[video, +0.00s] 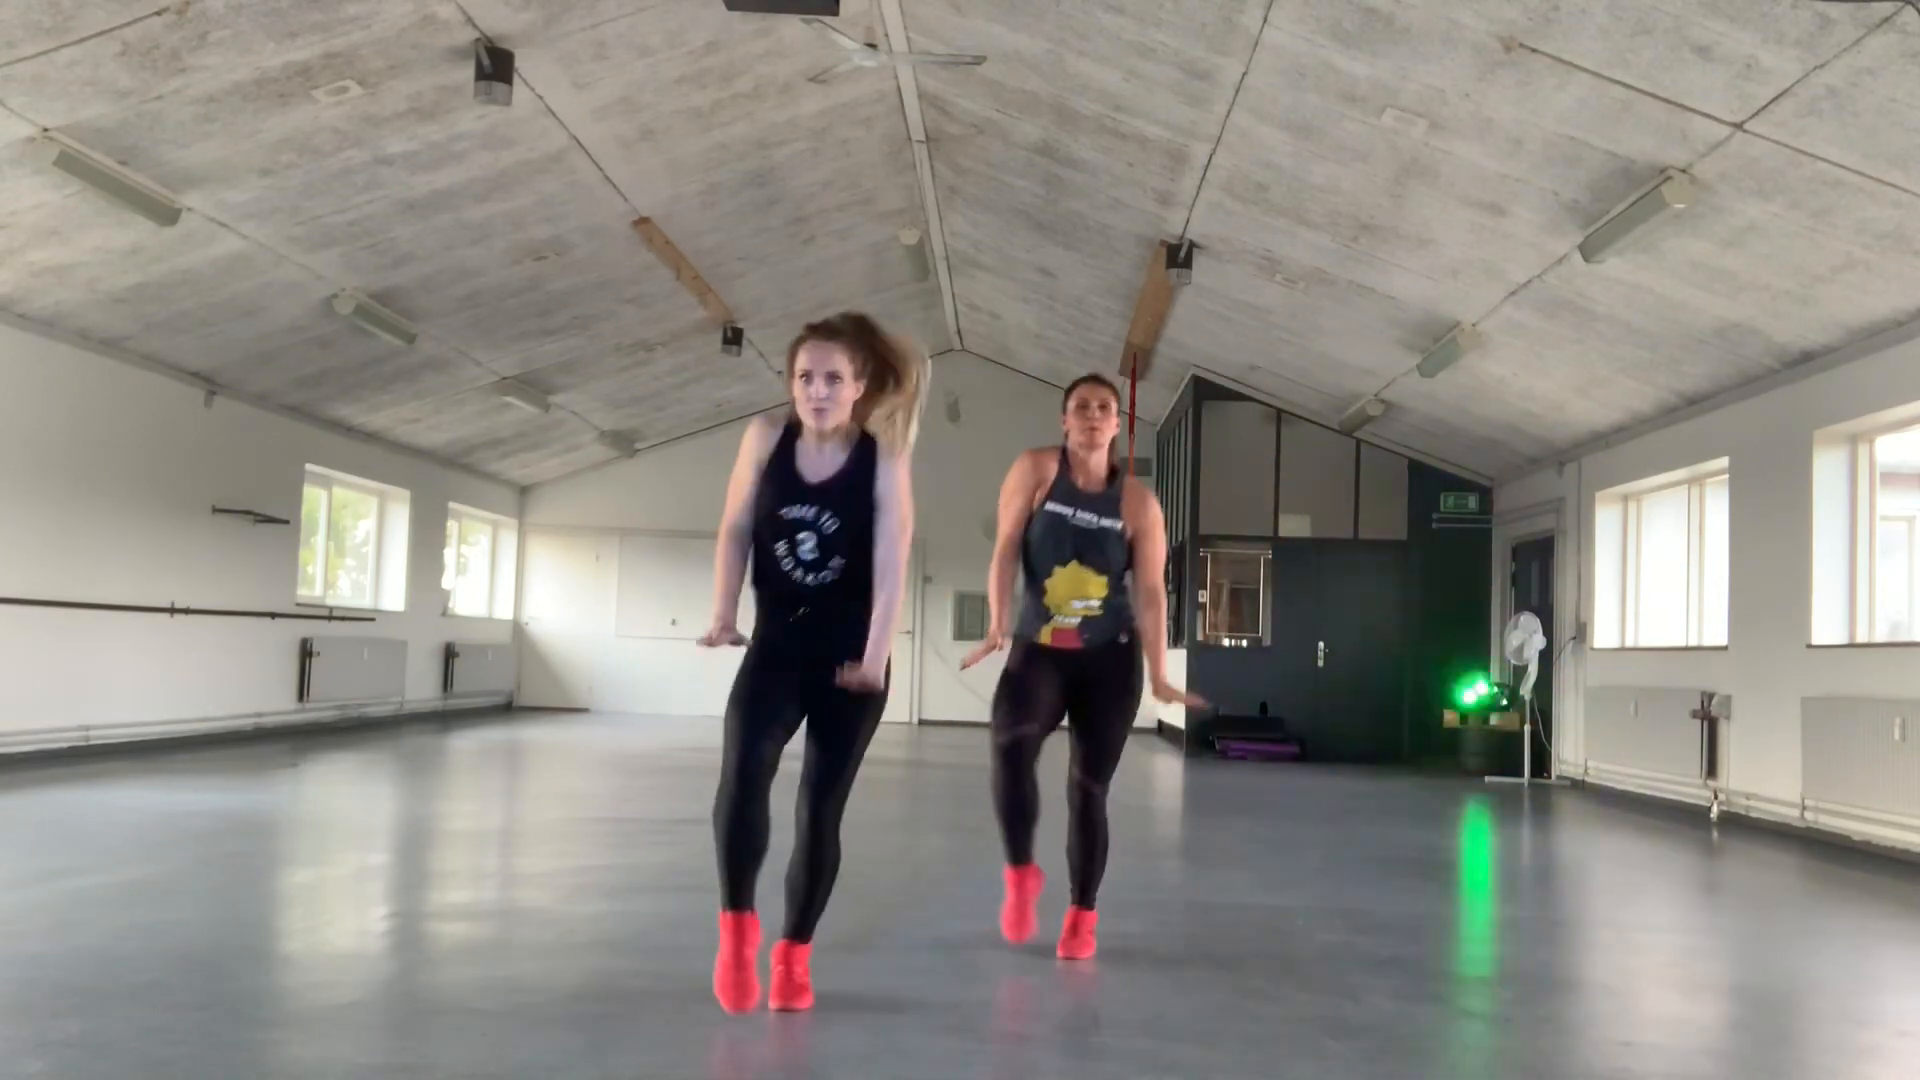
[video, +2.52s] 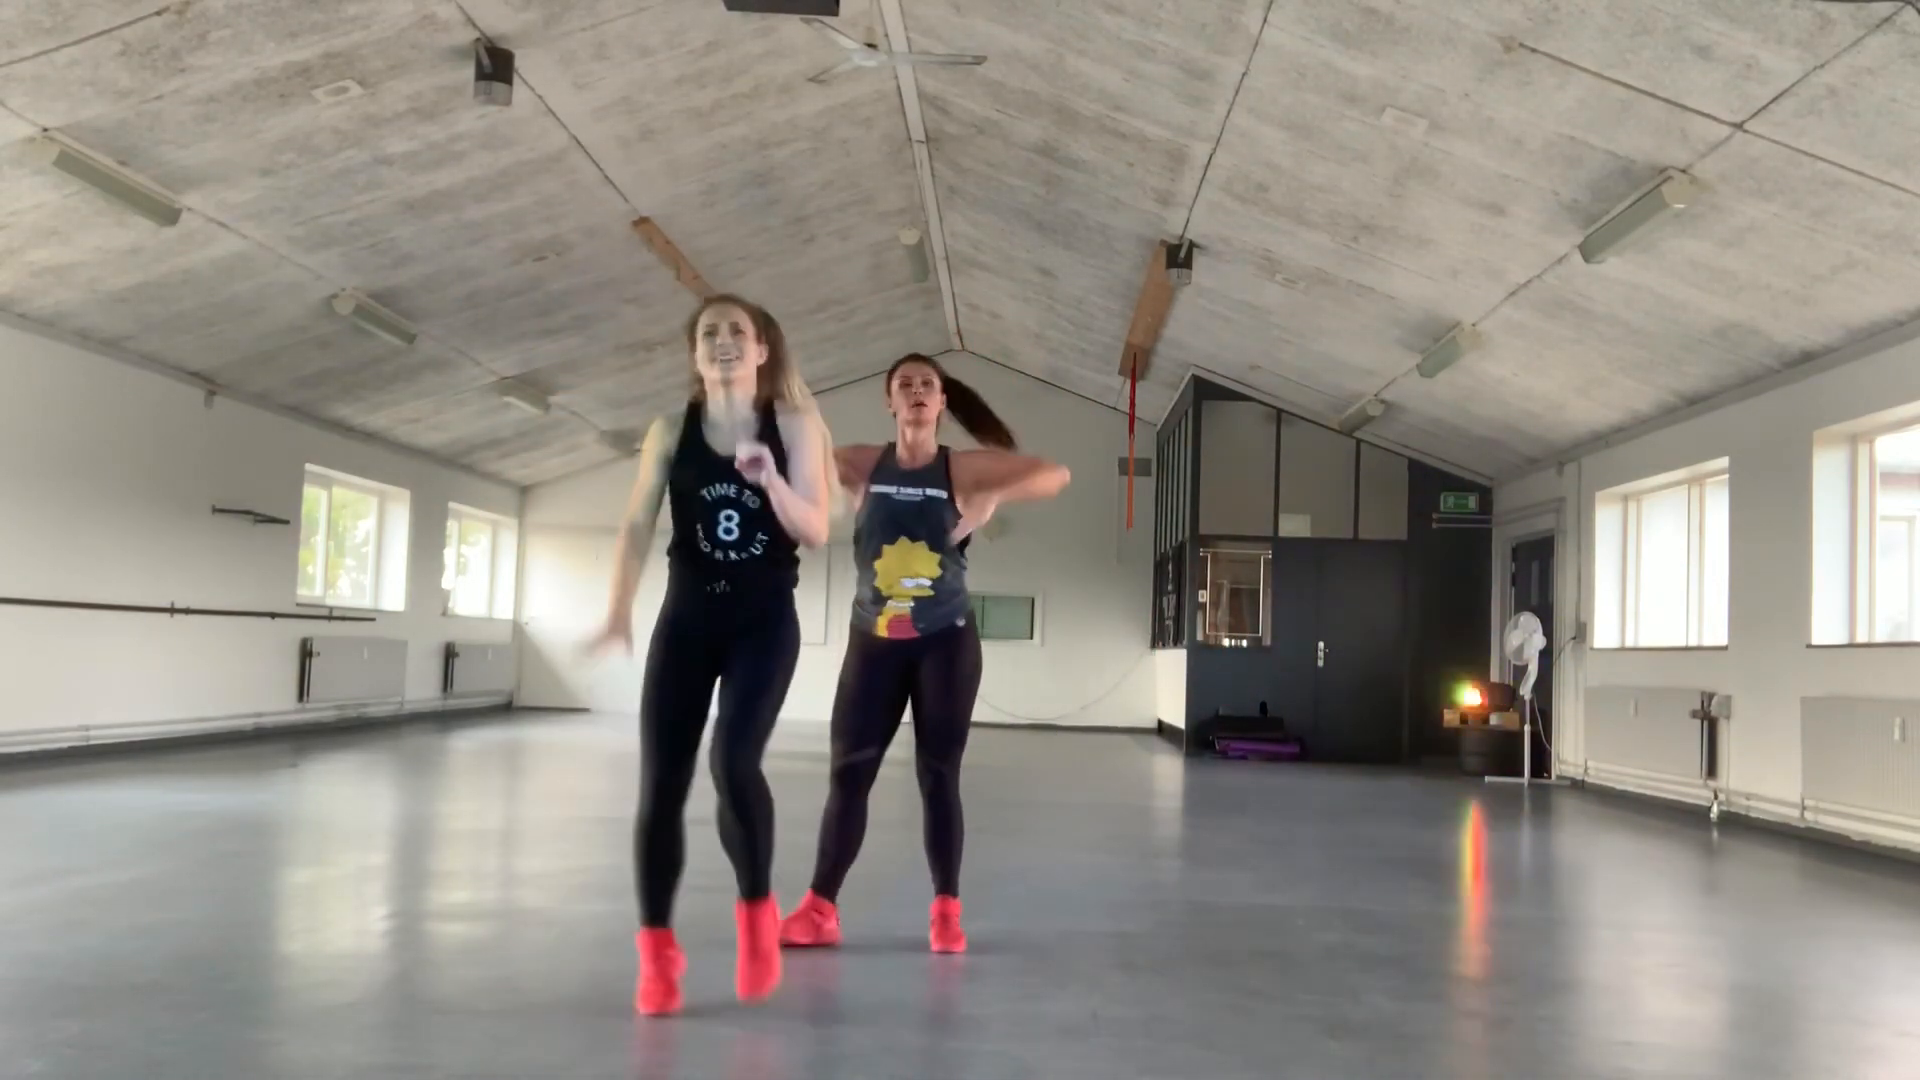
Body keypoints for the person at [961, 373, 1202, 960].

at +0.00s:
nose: (1092, 417)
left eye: (1104, 409)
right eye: (1082, 408)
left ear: (1119, 422)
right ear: (1064, 420)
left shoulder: (1139, 501)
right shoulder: (1033, 470)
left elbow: (1151, 591)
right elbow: (1006, 550)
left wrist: (1158, 675)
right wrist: (998, 625)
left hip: (1110, 659)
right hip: (1039, 653)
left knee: (1089, 788)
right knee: (1011, 742)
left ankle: (1083, 912)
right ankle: (1021, 872)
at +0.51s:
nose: (966, 402)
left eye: (977, 394)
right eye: (956, 393)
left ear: (994, 410)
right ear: (939, 406)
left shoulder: (1014, 486)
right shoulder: (907, 474)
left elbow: (1059, 561)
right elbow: (839, 515)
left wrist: (1126, 598)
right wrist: (860, 454)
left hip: (986, 650)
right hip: (920, 649)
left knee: (965, 783)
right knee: (850, 751)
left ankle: (976, 907)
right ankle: (891, 884)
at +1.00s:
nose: (879, 414)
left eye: (890, 405)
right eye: (869, 405)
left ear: (907, 417)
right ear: (856, 418)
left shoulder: (929, 472)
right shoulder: (829, 469)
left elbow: (957, 388)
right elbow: (774, 405)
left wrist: (909, 327)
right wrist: (773, 332)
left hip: (879, 658)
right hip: (806, 649)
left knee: (934, 773)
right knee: (784, 774)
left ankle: (948, 910)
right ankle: (747, 906)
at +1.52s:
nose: (867, 410)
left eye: (878, 402)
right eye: (857, 401)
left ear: (895, 415)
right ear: (840, 412)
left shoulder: (913, 477)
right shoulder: (817, 462)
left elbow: (966, 411)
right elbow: (778, 381)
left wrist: (928, 344)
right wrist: (825, 328)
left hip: (905, 648)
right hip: (829, 654)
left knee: (927, 778)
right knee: (780, 773)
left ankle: (963, 907)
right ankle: (765, 901)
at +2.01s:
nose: (866, 406)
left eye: (877, 398)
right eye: (856, 396)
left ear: (895, 410)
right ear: (840, 408)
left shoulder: (921, 461)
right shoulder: (818, 470)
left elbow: (967, 387)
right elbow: (761, 410)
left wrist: (931, 319)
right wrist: (765, 331)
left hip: (893, 650)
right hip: (819, 648)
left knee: (915, 782)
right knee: (779, 774)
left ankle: (957, 900)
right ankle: (757, 898)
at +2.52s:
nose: (917, 393)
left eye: (926, 385)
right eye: (906, 385)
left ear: (944, 402)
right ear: (889, 402)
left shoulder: (965, 467)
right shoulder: (865, 462)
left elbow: (1055, 476)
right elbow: (792, 459)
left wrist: (992, 501)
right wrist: (834, 484)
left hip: (944, 645)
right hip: (872, 644)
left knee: (938, 775)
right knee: (850, 773)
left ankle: (946, 907)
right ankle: (820, 905)